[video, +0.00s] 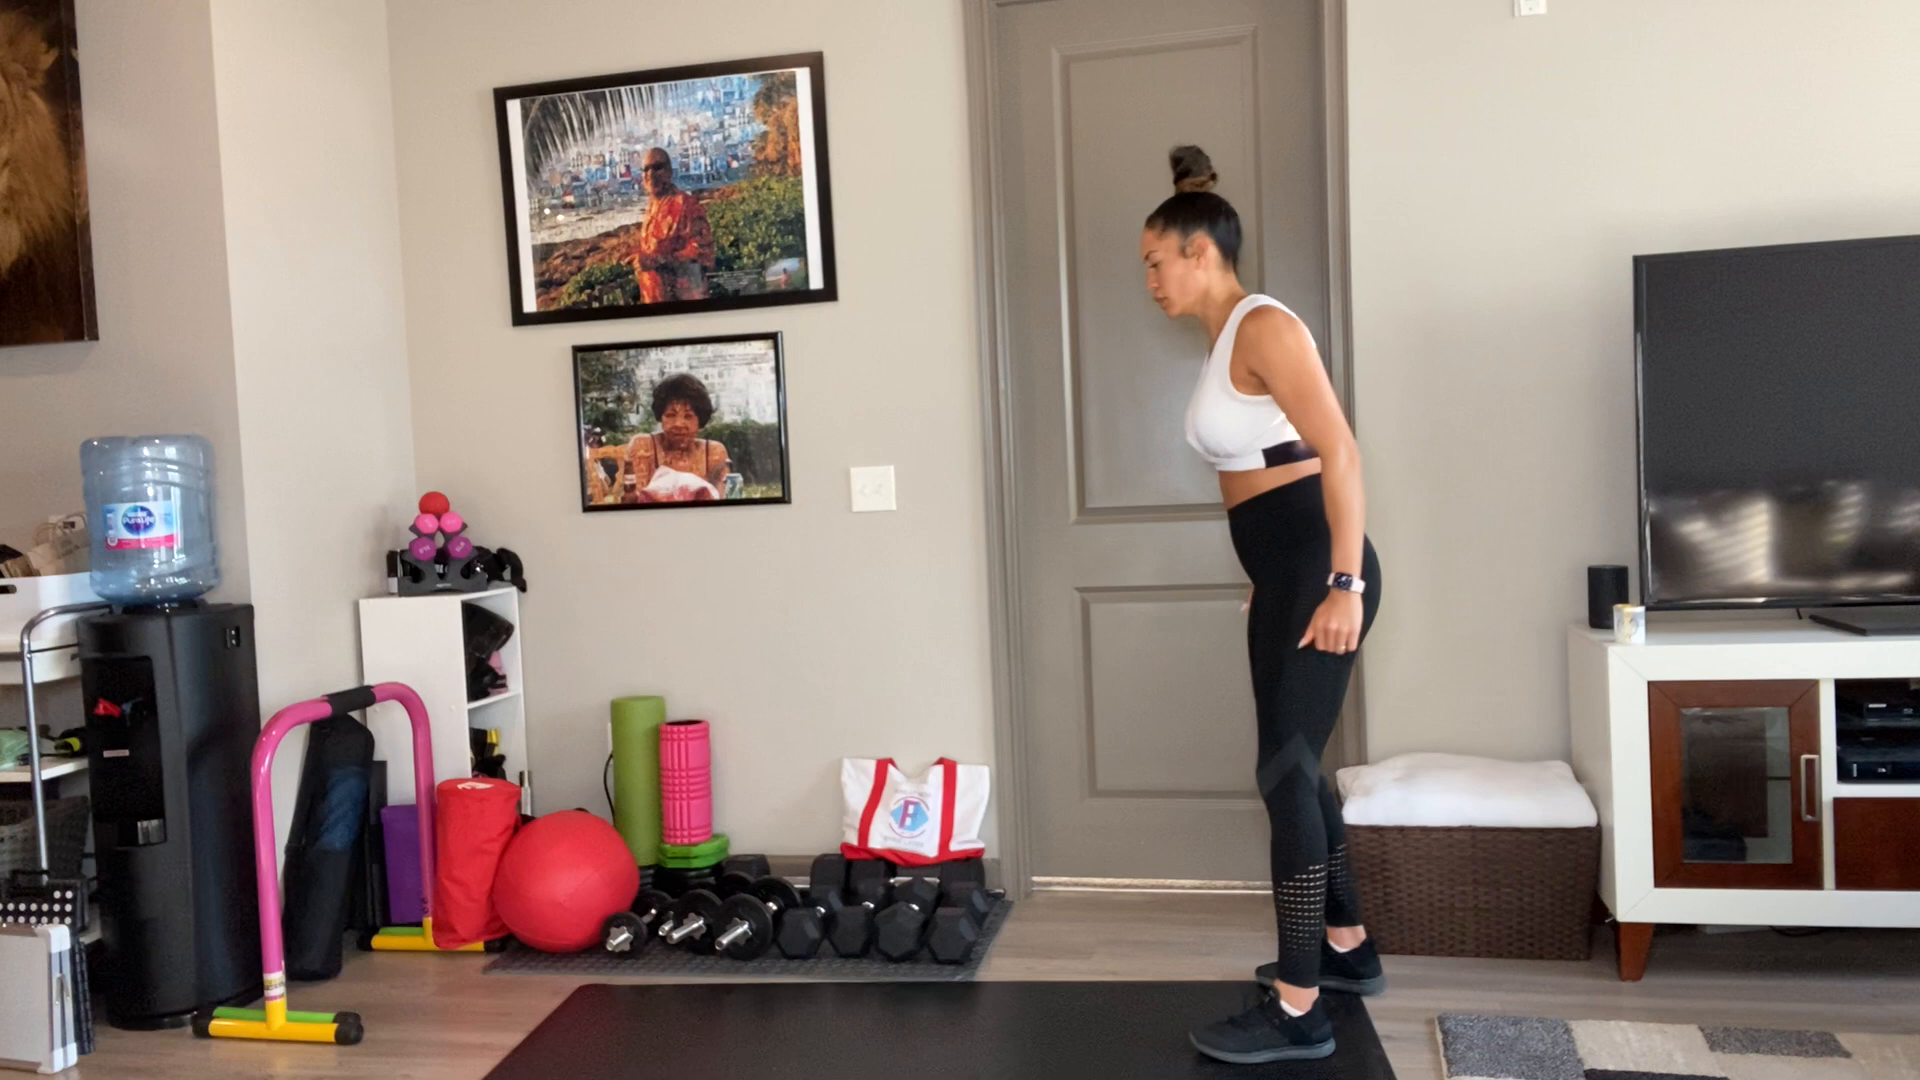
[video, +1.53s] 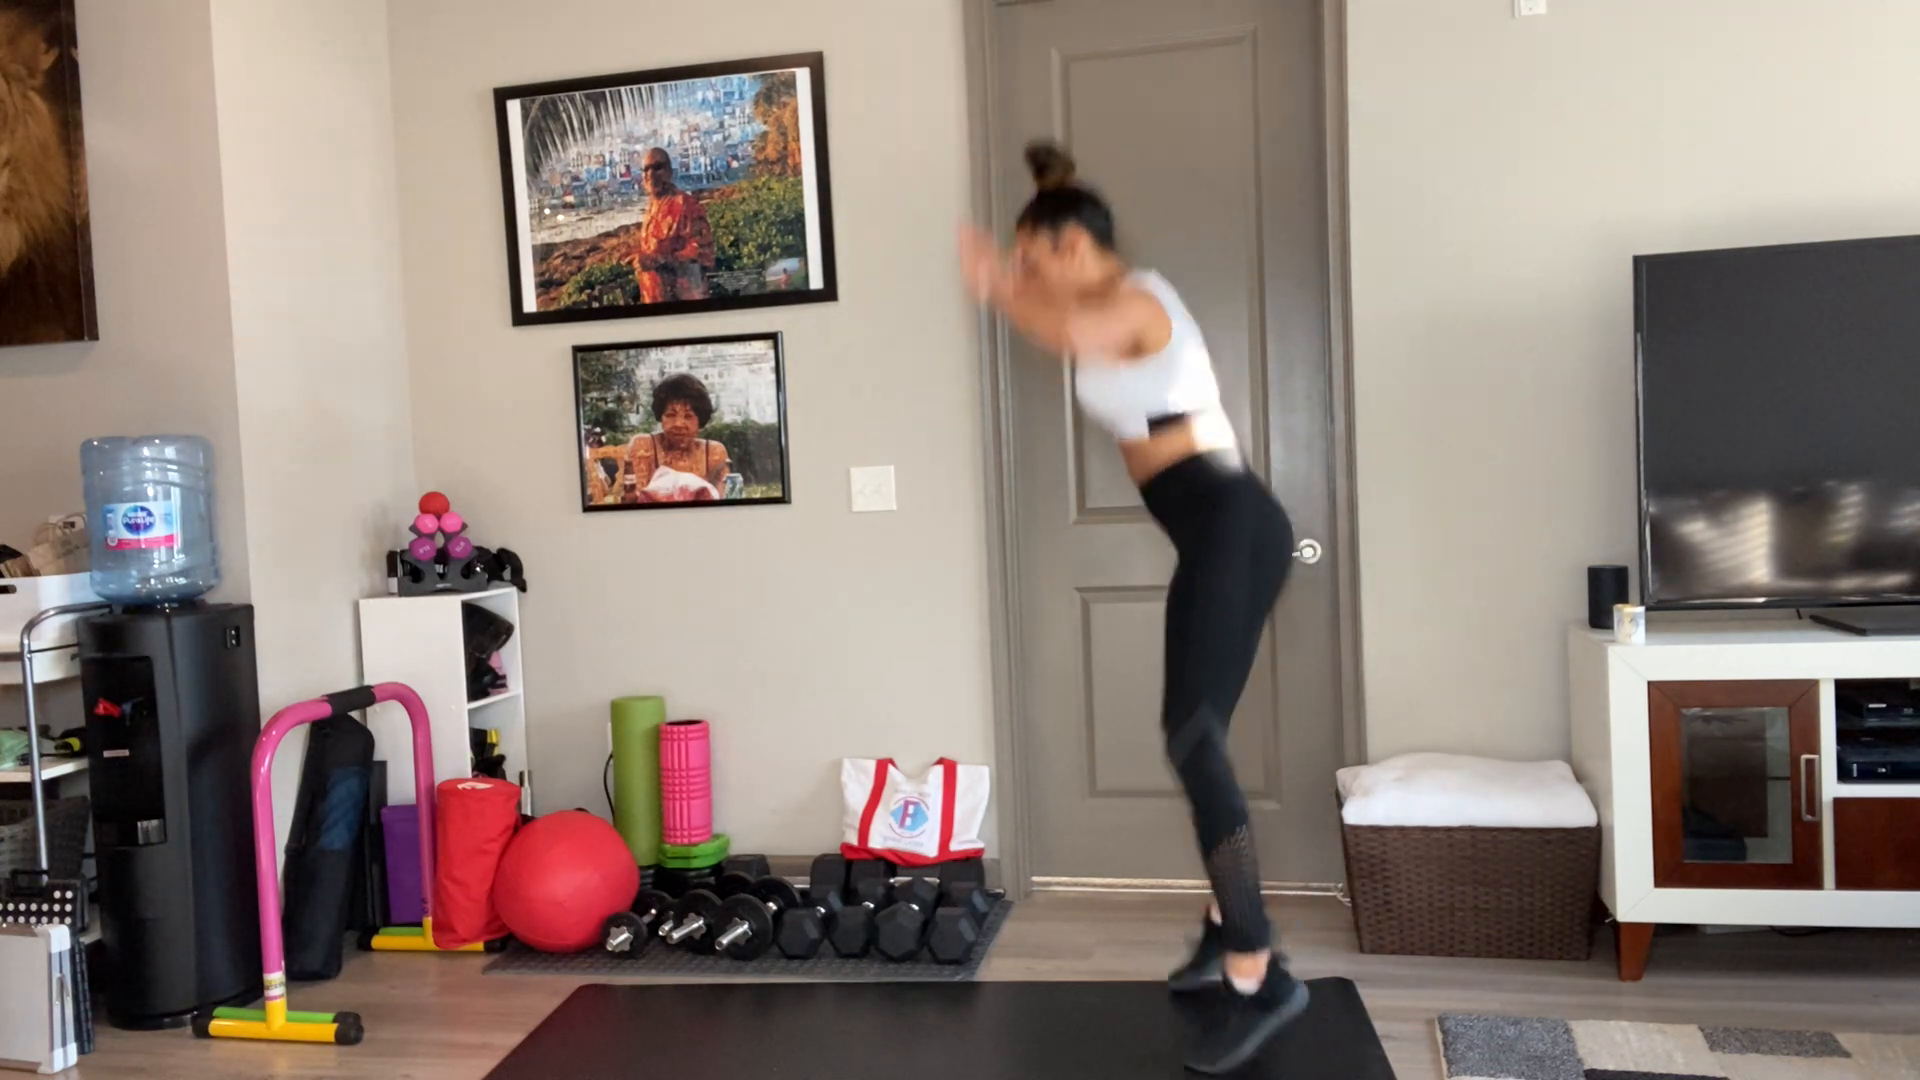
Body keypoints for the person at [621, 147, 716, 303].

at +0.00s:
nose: (650, 174)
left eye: (657, 167)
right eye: (646, 169)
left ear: (670, 172)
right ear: (642, 176)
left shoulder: (686, 204)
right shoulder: (653, 206)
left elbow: (703, 254)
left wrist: (655, 260)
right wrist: (639, 257)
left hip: (683, 297)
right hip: (655, 297)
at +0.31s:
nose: (650, 174)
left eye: (657, 167)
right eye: (646, 169)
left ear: (670, 172)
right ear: (642, 176)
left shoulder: (686, 204)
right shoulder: (653, 206)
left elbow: (702, 254)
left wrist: (655, 260)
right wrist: (639, 257)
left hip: (683, 297)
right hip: (655, 297)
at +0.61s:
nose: (650, 174)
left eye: (657, 167)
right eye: (646, 169)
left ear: (670, 172)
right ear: (642, 176)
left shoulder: (686, 204)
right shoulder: (653, 206)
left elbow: (703, 255)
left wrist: (655, 260)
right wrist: (639, 257)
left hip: (683, 297)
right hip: (655, 297)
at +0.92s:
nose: (650, 174)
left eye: (657, 167)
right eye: (646, 169)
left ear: (670, 172)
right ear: (642, 176)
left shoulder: (686, 204)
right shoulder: (653, 206)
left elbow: (703, 254)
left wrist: (655, 260)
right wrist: (639, 257)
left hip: (683, 298)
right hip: (655, 297)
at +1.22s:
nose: (650, 174)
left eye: (657, 167)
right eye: (646, 169)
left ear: (670, 172)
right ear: (642, 176)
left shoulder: (686, 204)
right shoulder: (653, 206)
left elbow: (703, 254)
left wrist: (656, 260)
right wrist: (638, 257)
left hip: (683, 297)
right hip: (654, 297)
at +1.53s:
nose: (650, 174)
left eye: (657, 167)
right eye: (646, 169)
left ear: (670, 172)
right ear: (642, 175)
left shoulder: (686, 204)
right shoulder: (653, 206)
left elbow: (703, 254)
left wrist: (656, 260)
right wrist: (639, 257)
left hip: (682, 297)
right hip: (654, 297)